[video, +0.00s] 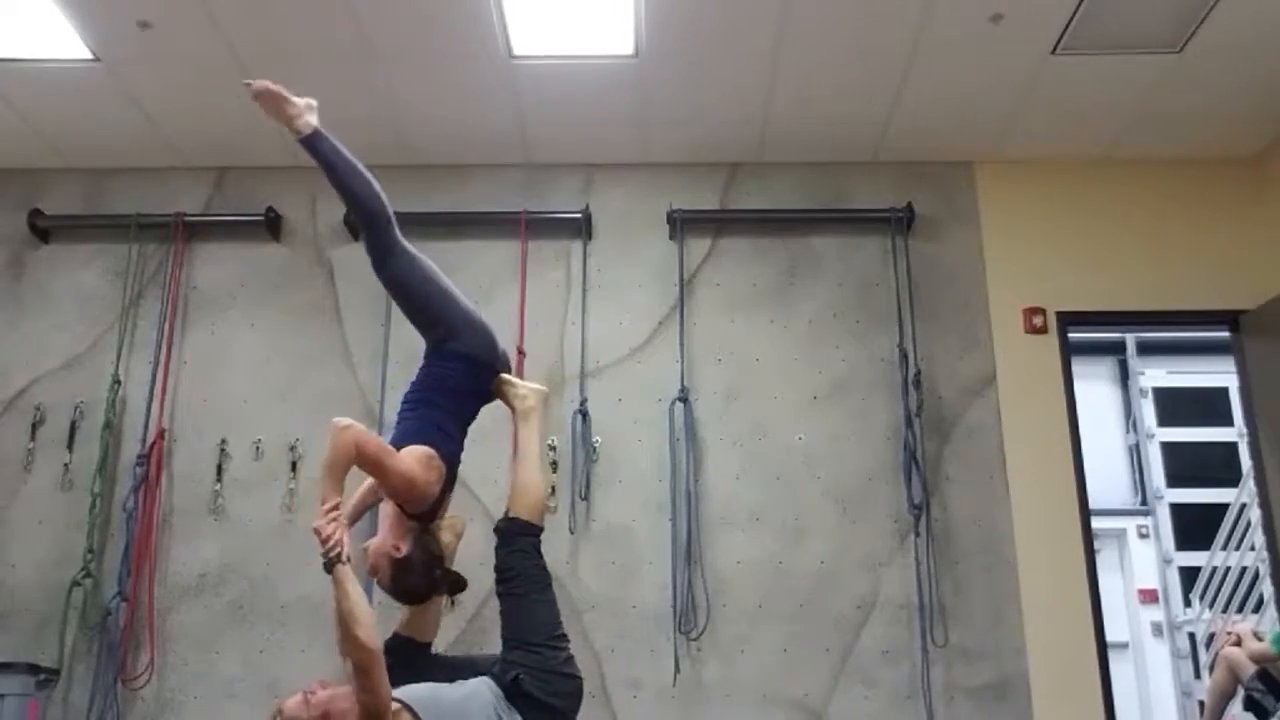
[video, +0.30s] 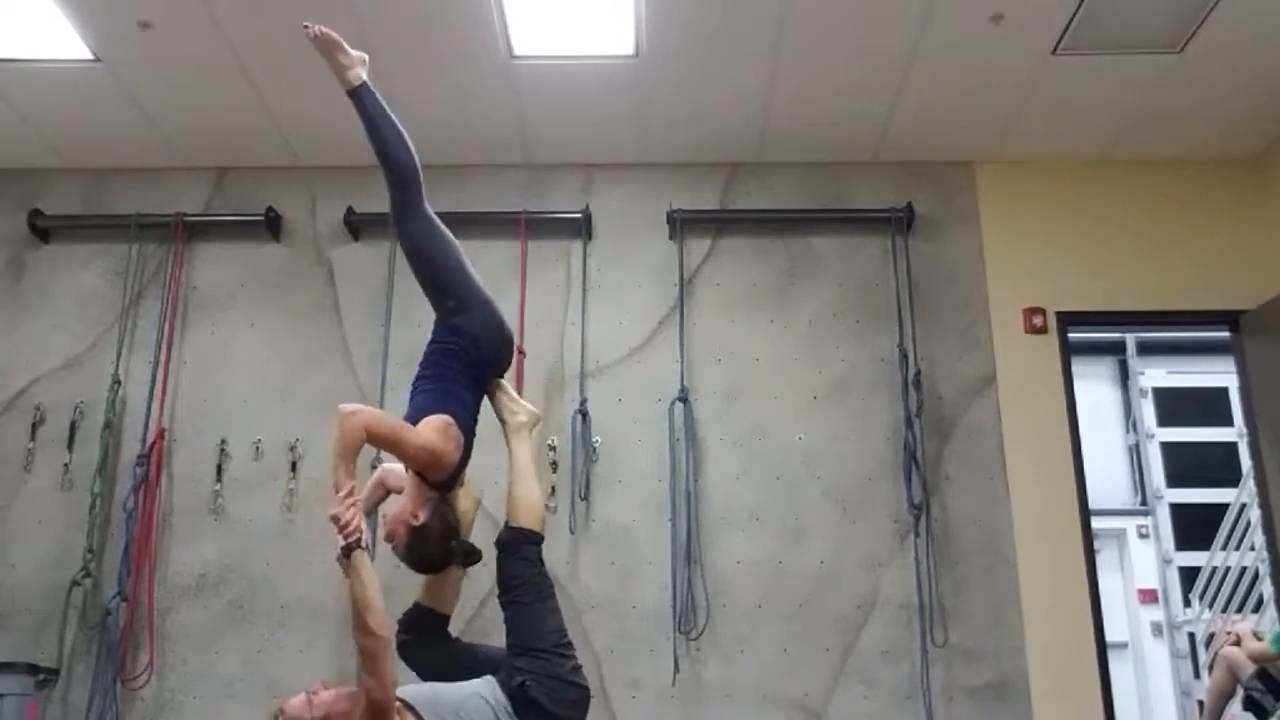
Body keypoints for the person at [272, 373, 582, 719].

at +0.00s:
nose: (315, 692)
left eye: (306, 694)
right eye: (313, 708)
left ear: (320, 688)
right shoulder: (380, 712)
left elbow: (451, 527)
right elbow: (362, 648)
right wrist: (339, 563)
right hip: (539, 697)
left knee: (408, 661)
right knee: (518, 541)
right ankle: (528, 409)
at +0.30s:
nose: (319, 687)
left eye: (309, 692)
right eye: (313, 703)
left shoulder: (382, 703)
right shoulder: (380, 712)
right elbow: (374, 635)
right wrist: (353, 548)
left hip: (517, 688)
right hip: (547, 700)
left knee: (418, 635)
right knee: (519, 553)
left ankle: (465, 500)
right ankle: (521, 430)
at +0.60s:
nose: (317, 687)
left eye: (307, 691)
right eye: (310, 701)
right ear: (325, 718)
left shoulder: (378, 699)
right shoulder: (381, 709)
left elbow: (376, 634)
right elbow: (380, 633)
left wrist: (359, 561)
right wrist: (365, 556)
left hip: (515, 693)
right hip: (549, 699)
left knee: (452, 601)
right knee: (510, 558)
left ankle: (478, 474)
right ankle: (537, 438)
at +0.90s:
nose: (319, 687)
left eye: (307, 691)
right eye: (312, 702)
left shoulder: (385, 703)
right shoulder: (380, 712)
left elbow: (387, 640)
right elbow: (392, 639)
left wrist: (378, 554)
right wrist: (383, 556)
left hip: (520, 699)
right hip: (543, 705)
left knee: (473, 591)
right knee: (439, 598)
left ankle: (503, 477)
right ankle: (505, 480)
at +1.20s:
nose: (315, 685)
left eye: (305, 690)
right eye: (308, 699)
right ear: (323, 717)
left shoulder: (372, 699)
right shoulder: (379, 710)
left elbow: (369, 639)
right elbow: (393, 647)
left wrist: (355, 565)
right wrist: (389, 556)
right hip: (539, 698)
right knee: (424, 597)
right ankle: (402, 461)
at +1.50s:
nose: (314, 687)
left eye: (301, 694)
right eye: (309, 704)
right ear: (327, 719)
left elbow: (364, 642)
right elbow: (424, 642)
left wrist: (349, 576)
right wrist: (451, 554)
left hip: (536, 672)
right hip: (524, 690)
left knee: (421, 575)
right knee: (417, 575)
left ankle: (383, 455)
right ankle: (382, 450)